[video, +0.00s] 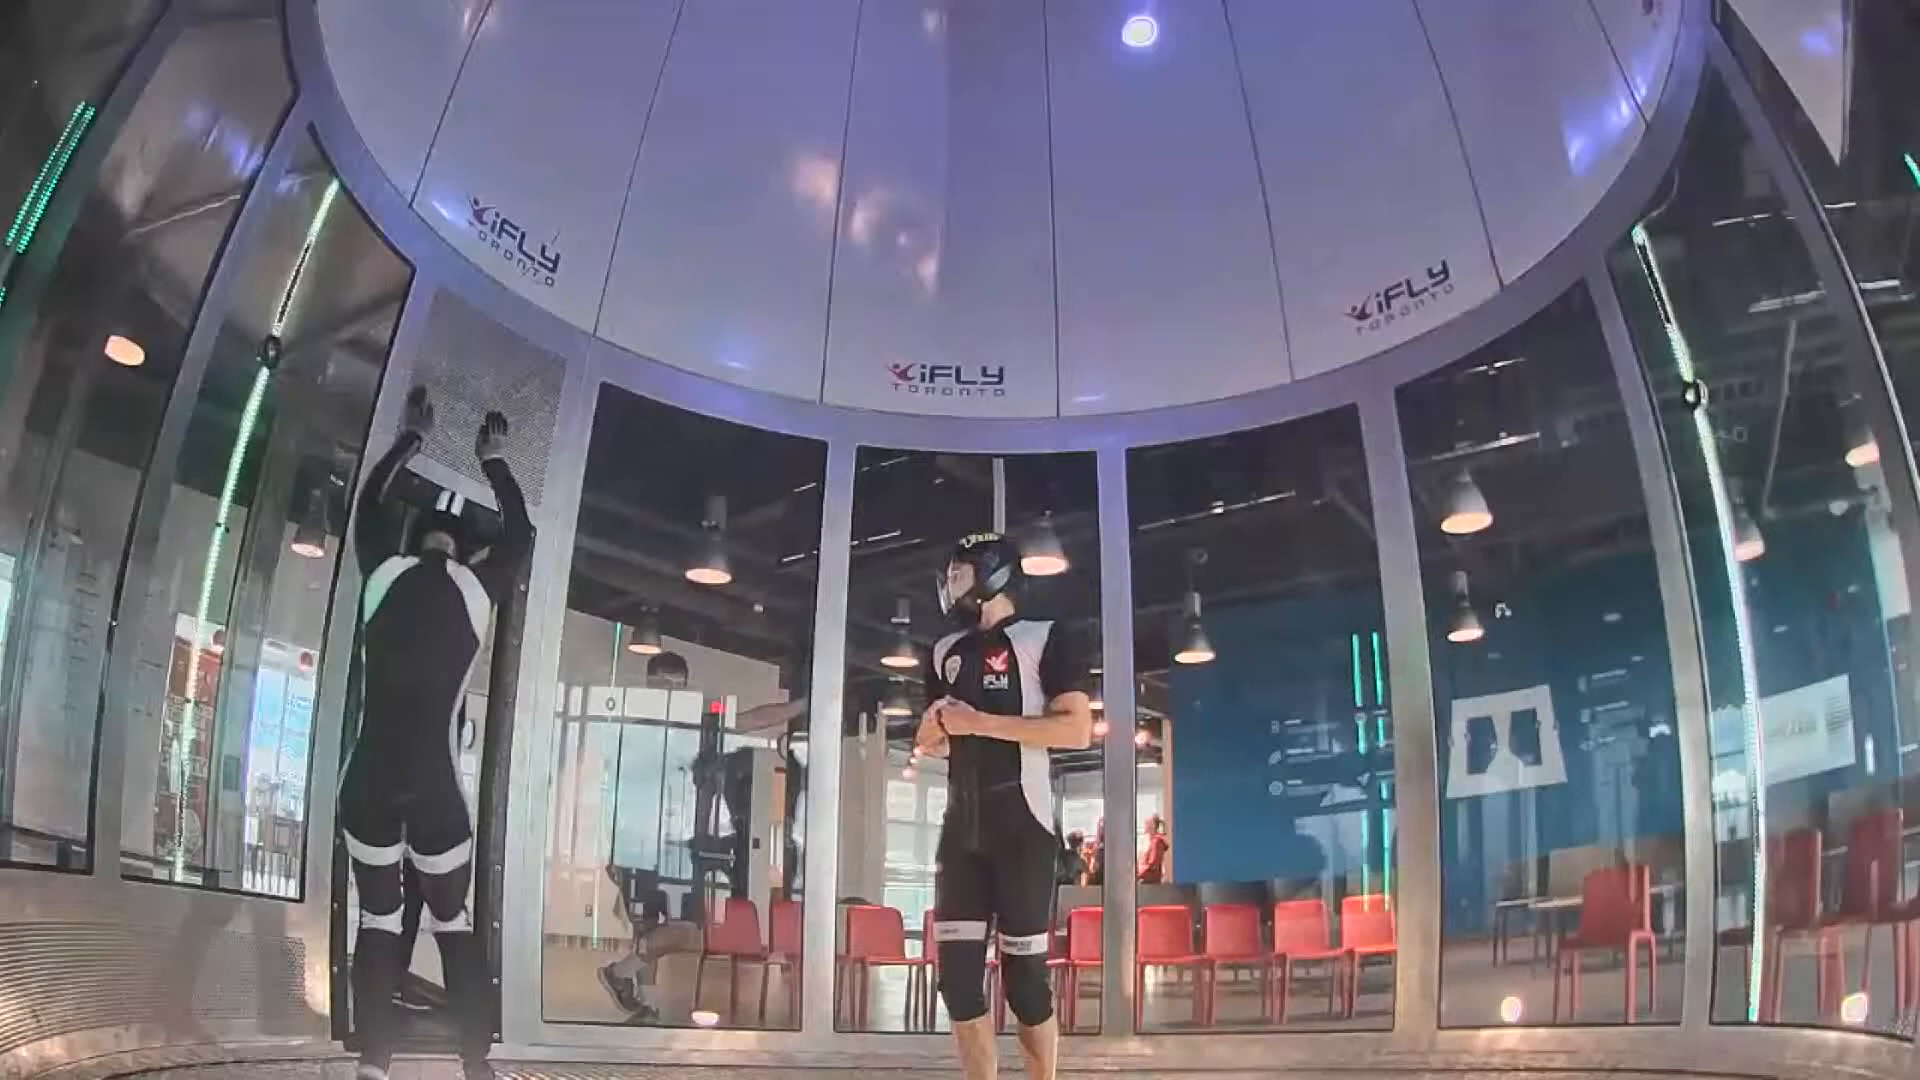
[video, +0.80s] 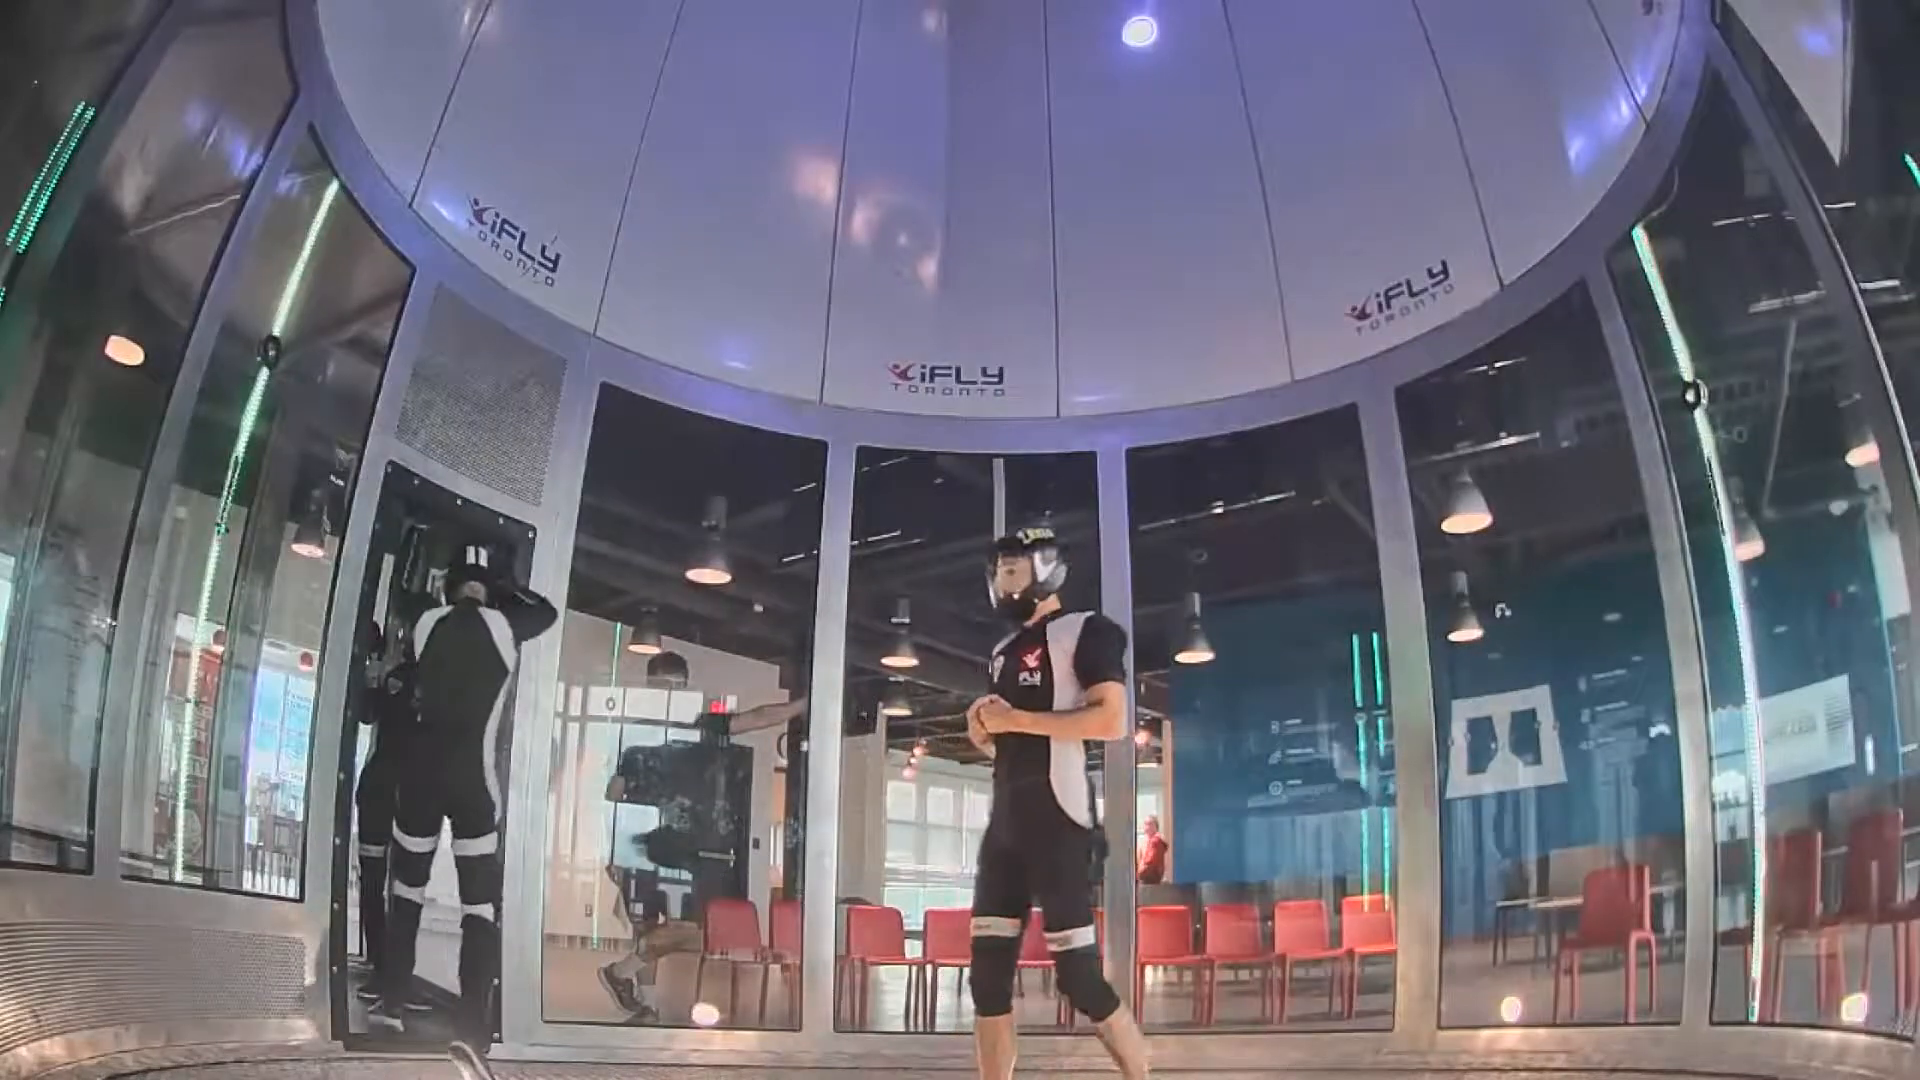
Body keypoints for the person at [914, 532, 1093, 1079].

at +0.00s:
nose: (952, 585)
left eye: (962, 573)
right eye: (950, 575)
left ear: (997, 576)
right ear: (960, 583)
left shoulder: (1049, 639)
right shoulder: (944, 652)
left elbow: (1077, 730)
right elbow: (929, 743)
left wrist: (981, 722)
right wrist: (932, 732)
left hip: (1026, 827)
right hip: (962, 827)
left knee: (1025, 979)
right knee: (957, 979)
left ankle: (1042, 1076)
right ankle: (982, 1076)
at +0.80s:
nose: (1004, 580)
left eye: (1014, 569)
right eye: (999, 570)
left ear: (1049, 569)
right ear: (996, 577)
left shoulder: (1091, 630)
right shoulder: (1004, 651)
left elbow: (1112, 720)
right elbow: (998, 750)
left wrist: (1020, 720)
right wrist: (980, 730)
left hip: (1064, 822)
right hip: (1007, 821)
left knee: (1079, 975)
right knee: (988, 974)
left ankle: (1140, 1072)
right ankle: (996, 1078)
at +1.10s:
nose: (1072, 583)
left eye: (1084, 571)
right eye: (1063, 573)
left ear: (1109, 577)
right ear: (1053, 583)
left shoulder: (1138, 634)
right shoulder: (1048, 660)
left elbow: (1170, 722)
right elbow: (1052, 760)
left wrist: (1070, 726)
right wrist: (1029, 735)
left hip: (1125, 832)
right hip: (1065, 835)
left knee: (1168, 978)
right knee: (1020, 976)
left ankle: (1237, 1076)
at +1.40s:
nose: (1139, 582)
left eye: (1148, 568)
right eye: (1129, 572)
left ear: (1176, 569)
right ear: (1120, 584)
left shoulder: (1216, 627)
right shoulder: (1119, 657)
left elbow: (1271, 710)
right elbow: (1120, 760)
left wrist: (1176, 731)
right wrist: (1121, 740)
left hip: (1217, 827)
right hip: (1156, 829)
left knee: (1231, 972)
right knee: (1084, 966)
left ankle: (1256, 1078)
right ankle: (1051, 1078)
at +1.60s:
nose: (1165, 573)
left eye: (1176, 561)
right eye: (1156, 564)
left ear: (1203, 564)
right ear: (1147, 574)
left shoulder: (1235, 618)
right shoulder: (1148, 646)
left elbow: (1285, 698)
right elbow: (1148, 748)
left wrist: (1187, 714)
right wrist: (1138, 729)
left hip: (1227, 816)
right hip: (1171, 817)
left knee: (1234, 966)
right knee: (1120, 960)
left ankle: (1257, 1076)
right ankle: (1119, 1075)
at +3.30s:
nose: (1213, 595)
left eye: (1222, 584)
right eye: (1211, 586)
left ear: (1253, 586)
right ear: (1218, 594)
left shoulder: (1292, 645)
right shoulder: (1212, 662)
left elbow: (1329, 732)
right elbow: (1190, 749)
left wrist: (1240, 733)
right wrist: (1193, 741)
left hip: (1267, 823)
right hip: (1212, 824)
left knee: (1280, 965)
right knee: (1195, 962)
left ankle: (1339, 1068)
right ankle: (1183, 1076)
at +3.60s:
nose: (1274, 609)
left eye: (1284, 598)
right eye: (1272, 599)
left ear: (1315, 598)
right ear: (1272, 605)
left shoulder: (1367, 653)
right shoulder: (1268, 670)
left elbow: (1412, 729)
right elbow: (1251, 763)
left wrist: (1332, 733)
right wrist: (1271, 745)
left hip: (1354, 833)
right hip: (1293, 834)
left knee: (1373, 962)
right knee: (1242, 958)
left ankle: (1388, 1070)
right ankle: (1191, 1075)